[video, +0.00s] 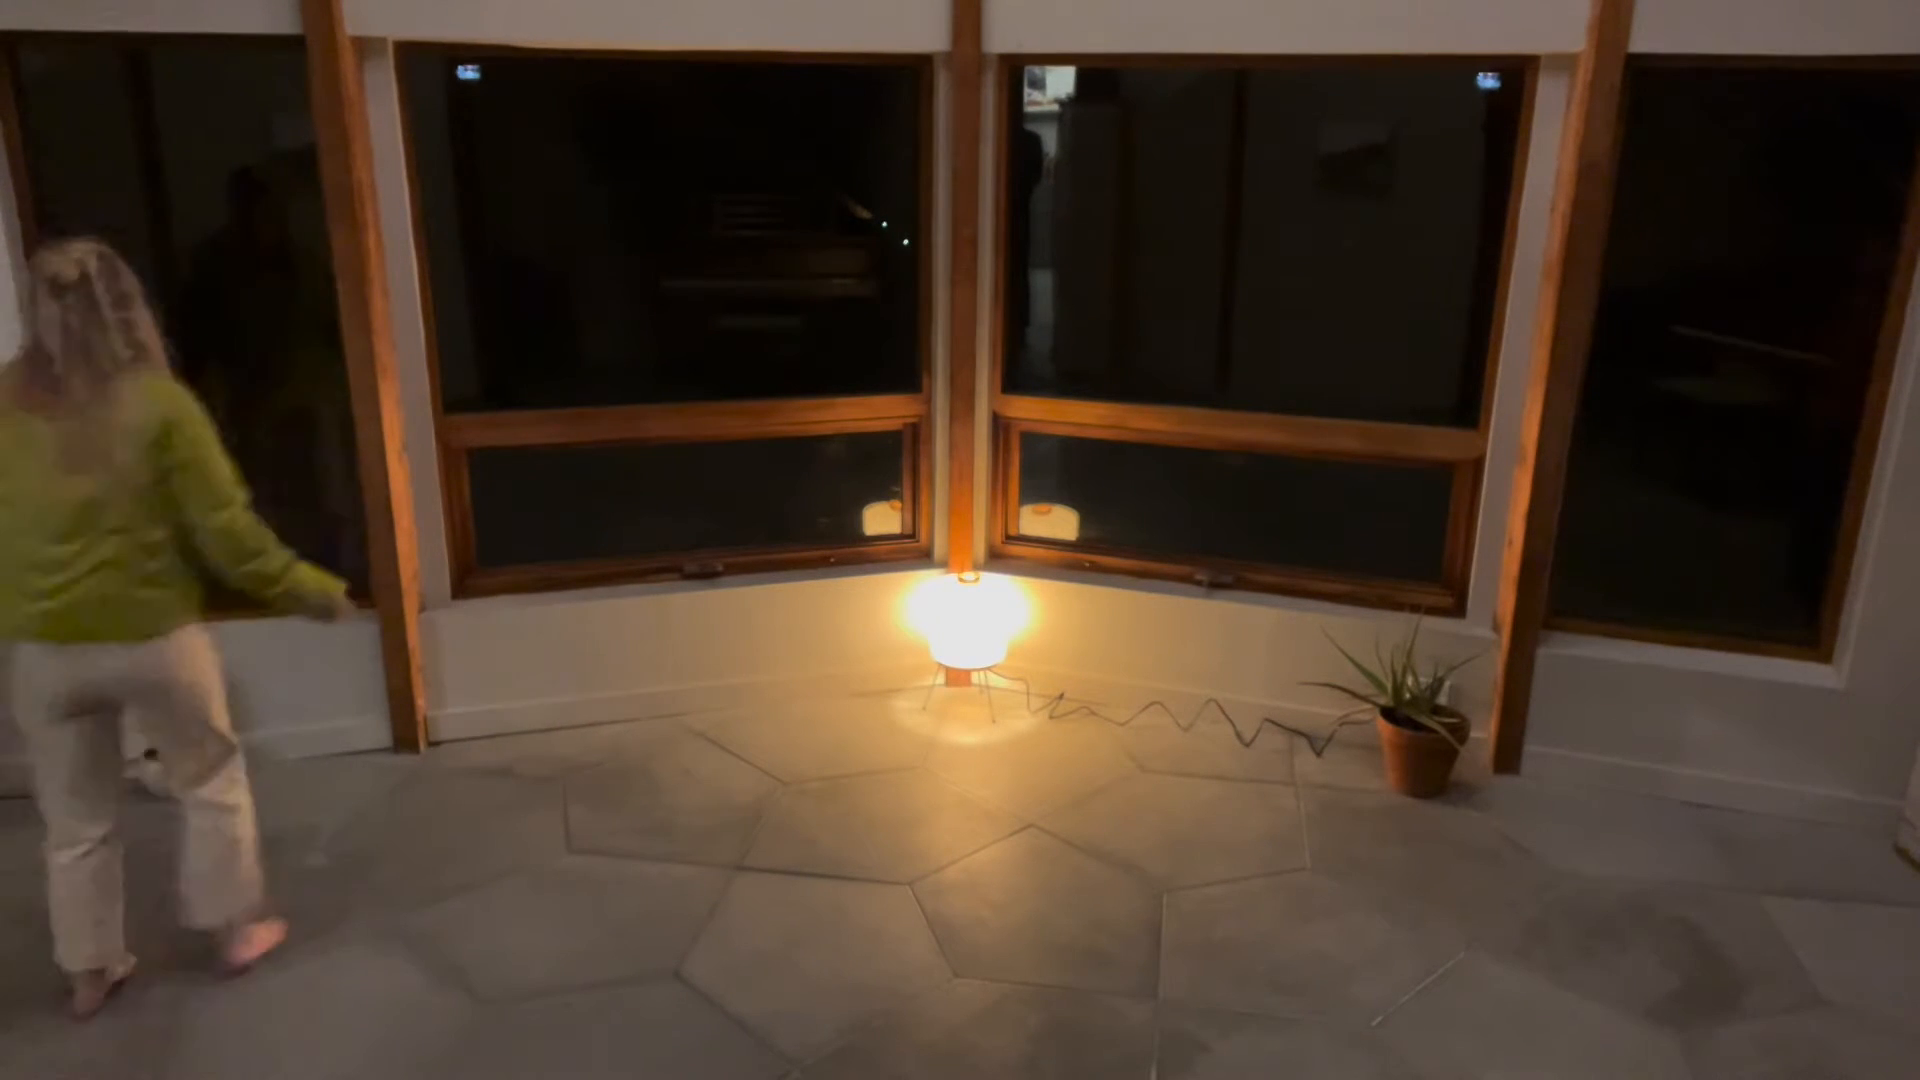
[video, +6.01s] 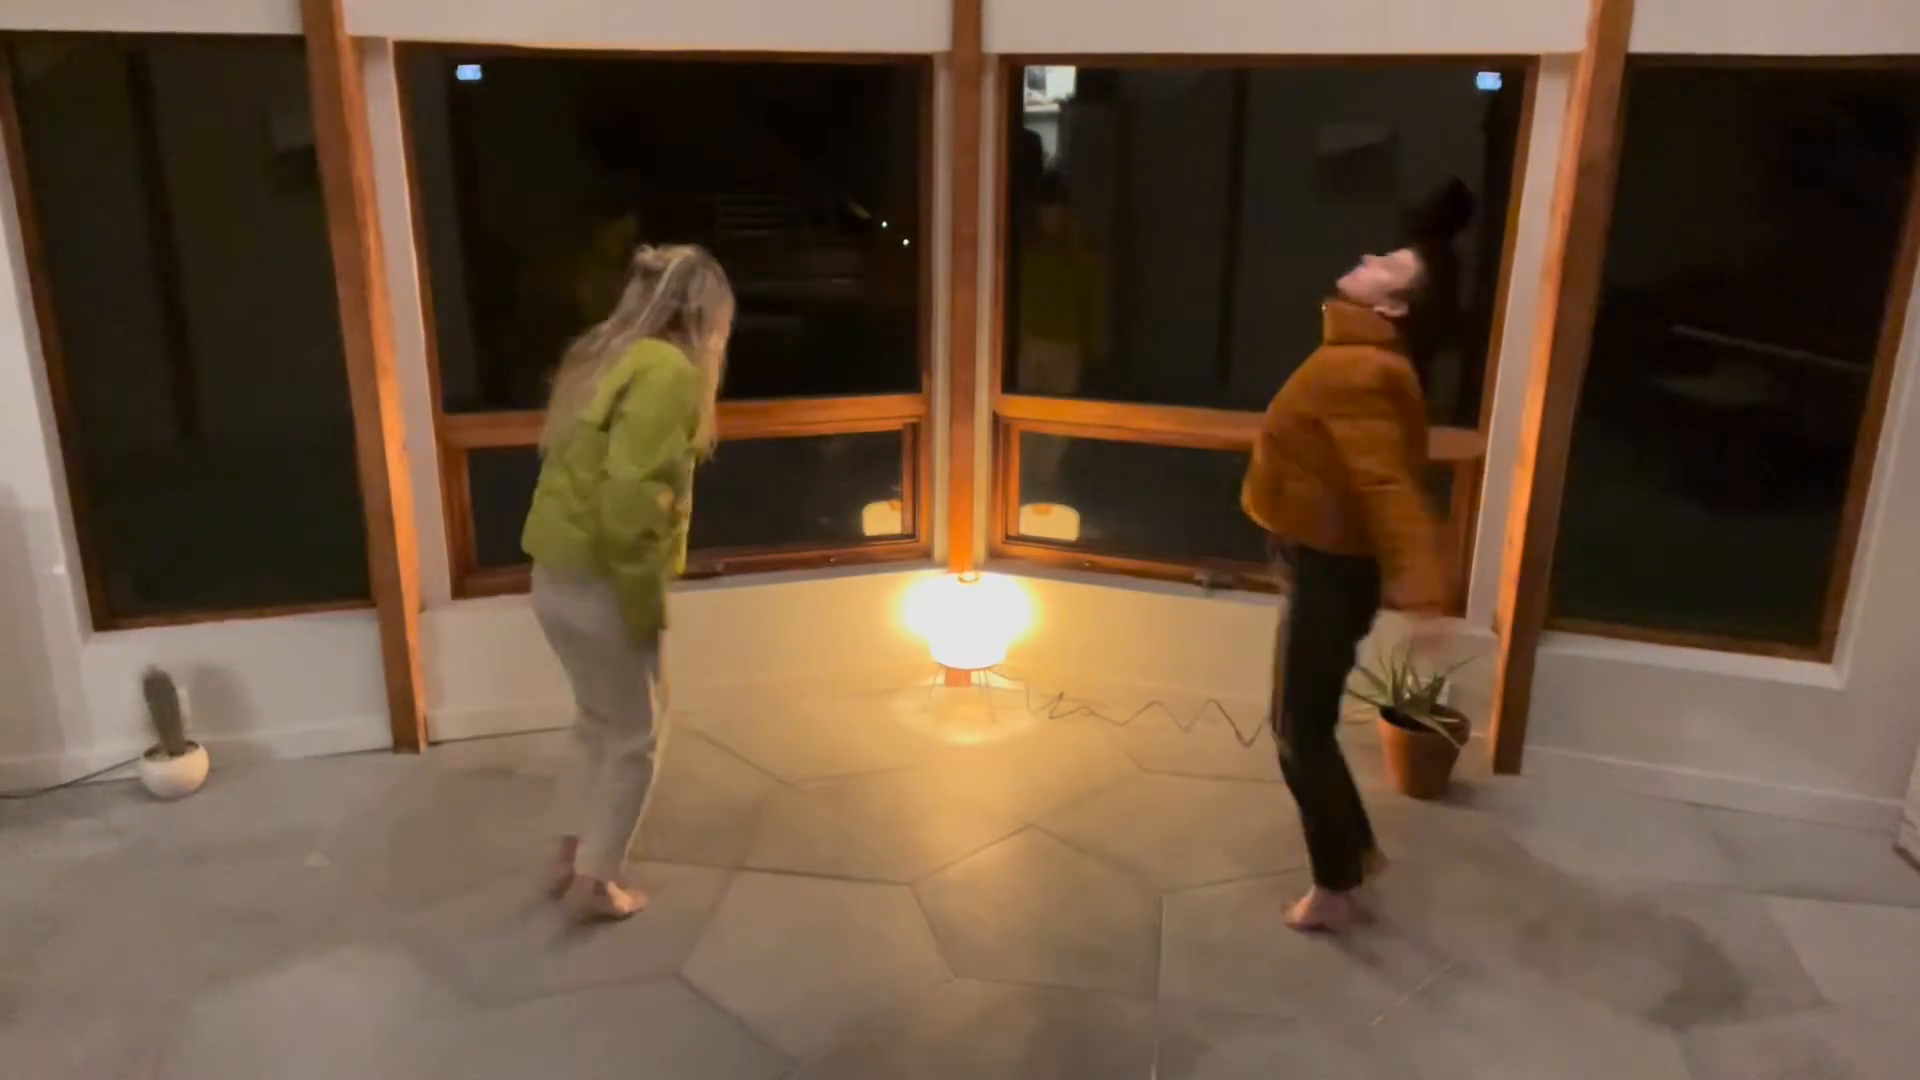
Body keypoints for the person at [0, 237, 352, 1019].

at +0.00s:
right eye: (136, 305)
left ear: (41, 319)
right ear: (129, 311)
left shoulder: (10, 407)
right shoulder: (159, 402)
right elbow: (227, 534)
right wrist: (318, 590)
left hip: (41, 654)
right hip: (154, 645)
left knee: (74, 822)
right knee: (208, 776)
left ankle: (90, 974)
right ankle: (237, 931)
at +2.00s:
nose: (592, 311)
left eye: (590, 298)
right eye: (587, 298)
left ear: (492, 292)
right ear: (565, 305)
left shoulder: (427, 368)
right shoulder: (565, 386)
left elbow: (393, 487)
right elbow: (619, 507)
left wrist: (378, 579)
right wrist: (693, 583)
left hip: (448, 601)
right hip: (523, 608)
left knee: (509, 747)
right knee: (554, 750)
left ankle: (513, 893)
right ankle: (513, 914)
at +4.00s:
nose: (730, 306)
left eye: (739, 294)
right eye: (719, 294)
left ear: (749, 285)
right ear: (686, 284)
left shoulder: (765, 320)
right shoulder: (649, 345)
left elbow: (848, 324)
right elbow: (608, 443)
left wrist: (928, 298)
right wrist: (625, 364)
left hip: (752, 528)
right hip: (686, 539)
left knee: (770, 660)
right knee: (714, 664)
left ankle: (740, 758)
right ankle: (692, 782)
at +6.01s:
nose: (724, 339)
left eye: (725, 325)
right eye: (722, 324)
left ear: (649, 302)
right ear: (699, 316)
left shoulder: (604, 354)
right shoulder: (668, 369)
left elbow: (566, 467)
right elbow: (632, 498)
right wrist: (648, 612)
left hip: (555, 578)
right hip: (599, 584)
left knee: (600, 724)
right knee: (633, 737)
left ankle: (583, 851)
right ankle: (596, 880)